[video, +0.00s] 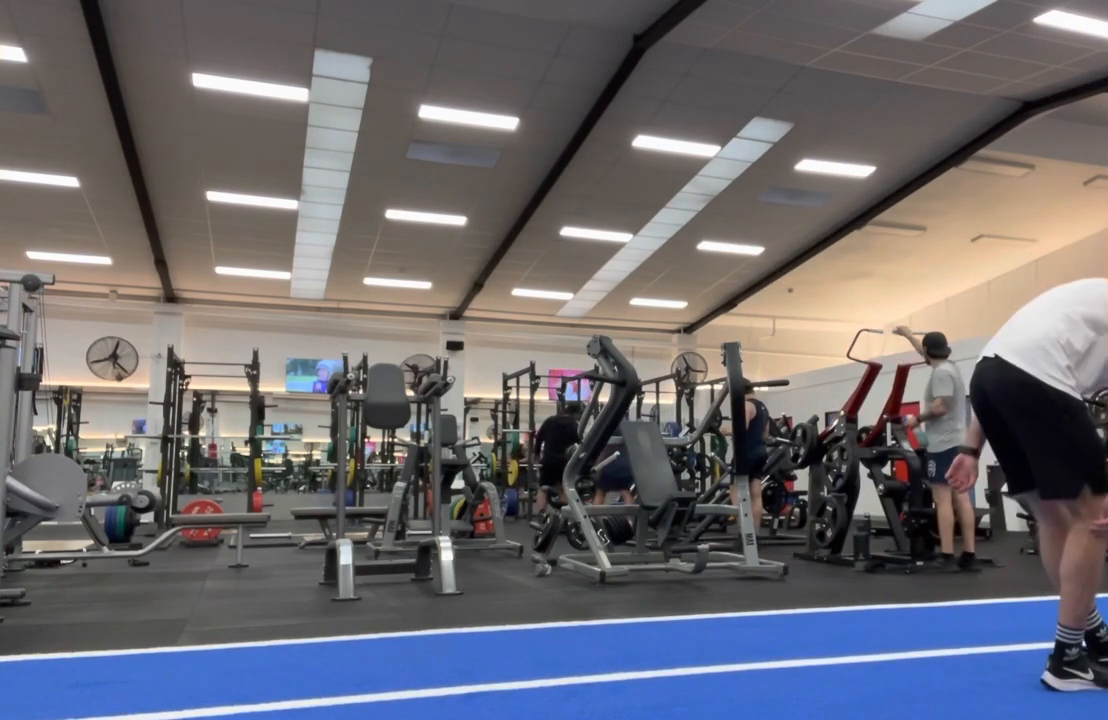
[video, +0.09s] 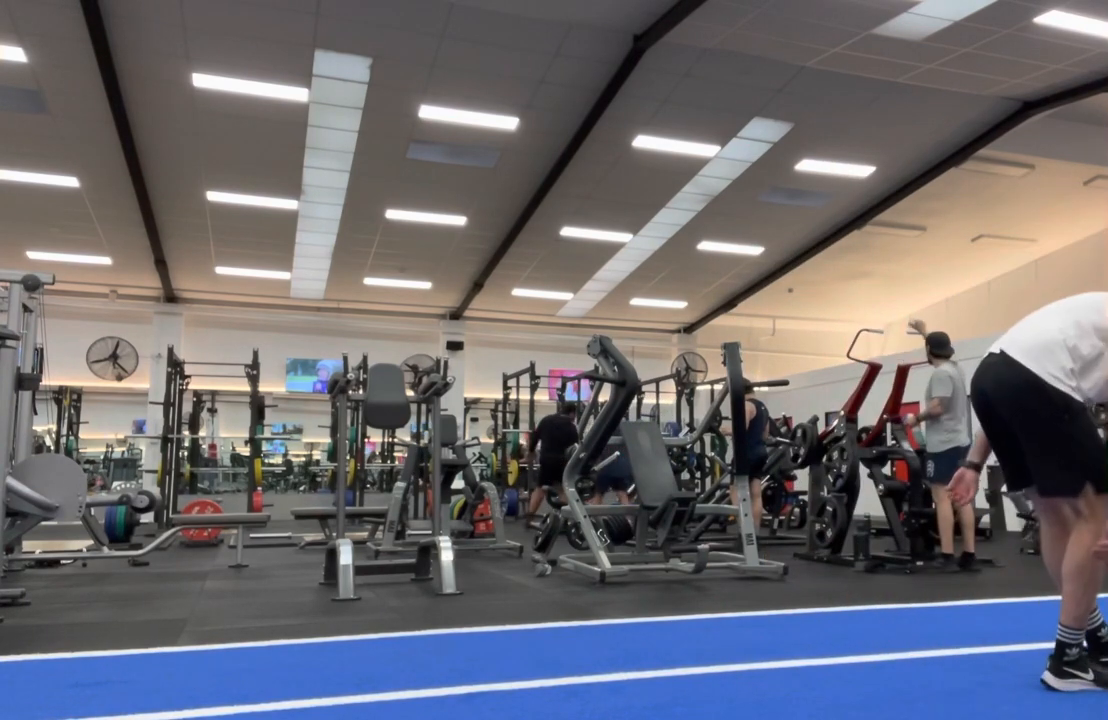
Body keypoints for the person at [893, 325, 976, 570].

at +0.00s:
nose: (923, 352)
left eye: (924, 349)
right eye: (925, 349)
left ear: (926, 353)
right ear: (946, 349)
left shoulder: (941, 372)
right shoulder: (951, 368)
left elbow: (941, 407)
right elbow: (925, 352)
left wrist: (917, 418)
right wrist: (907, 334)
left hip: (940, 447)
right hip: (956, 443)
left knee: (942, 500)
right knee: (962, 498)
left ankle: (947, 554)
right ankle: (969, 553)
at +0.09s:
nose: (927, 354)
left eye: (926, 350)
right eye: (929, 350)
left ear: (929, 352)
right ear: (949, 350)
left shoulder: (942, 373)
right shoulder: (956, 369)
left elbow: (938, 408)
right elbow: (940, 351)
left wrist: (916, 418)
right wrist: (925, 332)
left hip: (942, 446)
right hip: (960, 443)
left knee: (942, 497)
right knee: (963, 498)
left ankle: (947, 554)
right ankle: (969, 553)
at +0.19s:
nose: (929, 354)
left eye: (929, 350)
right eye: (933, 350)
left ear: (931, 351)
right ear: (951, 351)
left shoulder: (941, 373)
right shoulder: (957, 369)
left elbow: (936, 408)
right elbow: (949, 350)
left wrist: (916, 416)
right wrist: (937, 330)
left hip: (943, 446)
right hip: (961, 443)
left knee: (942, 500)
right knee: (962, 497)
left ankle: (947, 554)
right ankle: (969, 552)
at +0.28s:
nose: (931, 353)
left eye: (931, 350)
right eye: (934, 349)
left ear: (933, 351)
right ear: (954, 350)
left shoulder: (939, 374)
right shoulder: (961, 371)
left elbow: (932, 406)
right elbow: (956, 353)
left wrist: (915, 411)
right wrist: (943, 336)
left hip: (942, 446)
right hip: (962, 443)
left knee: (943, 501)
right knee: (962, 498)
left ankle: (947, 554)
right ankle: (970, 550)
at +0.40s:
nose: (932, 353)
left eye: (932, 350)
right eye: (935, 349)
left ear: (935, 351)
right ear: (956, 350)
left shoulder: (939, 374)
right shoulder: (965, 372)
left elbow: (929, 405)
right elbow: (954, 403)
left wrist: (915, 407)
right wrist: (924, 405)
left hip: (942, 447)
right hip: (963, 445)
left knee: (943, 502)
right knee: (962, 500)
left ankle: (947, 554)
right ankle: (969, 552)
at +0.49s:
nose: (933, 354)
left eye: (933, 350)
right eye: (934, 350)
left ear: (936, 351)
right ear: (957, 351)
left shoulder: (937, 374)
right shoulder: (969, 374)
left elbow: (925, 403)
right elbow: (960, 401)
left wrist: (916, 401)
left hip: (942, 446)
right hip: (964, 445)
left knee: (943, 502)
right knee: (962, 500)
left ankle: (947, 554)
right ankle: (969, 552)